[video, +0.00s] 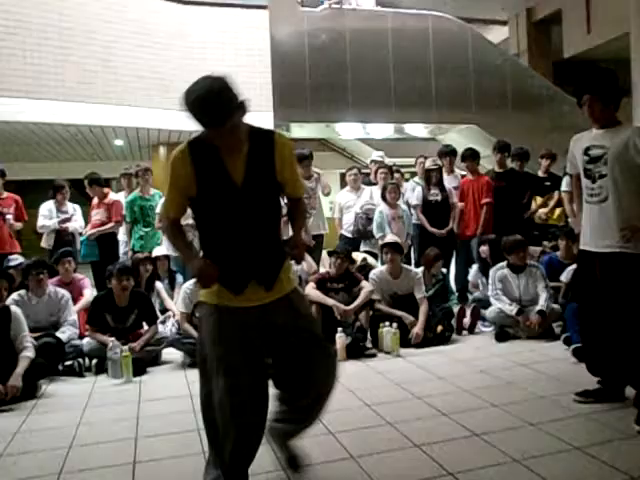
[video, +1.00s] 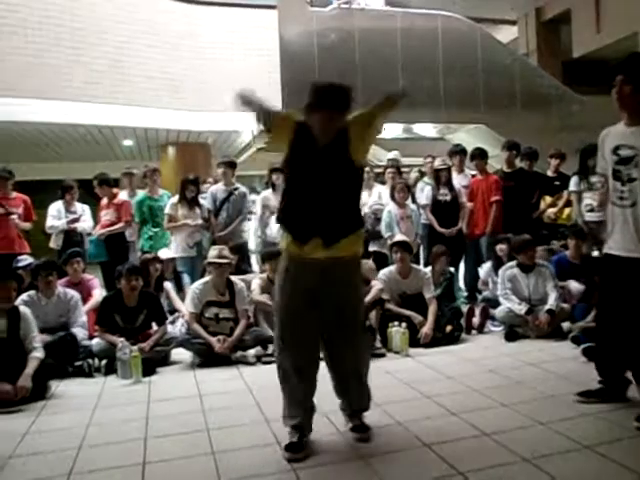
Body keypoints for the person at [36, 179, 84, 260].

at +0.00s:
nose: (65, 196)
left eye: (66, 193)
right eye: (61, 193)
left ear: (69, 194)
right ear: (55, 194)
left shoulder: (75, 208)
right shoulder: (46, 207)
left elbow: (81, 225)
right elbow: (40, 226)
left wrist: (69, 227)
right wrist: (57, 223)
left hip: (71, 240)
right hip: (54, 240)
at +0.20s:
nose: (65, 196)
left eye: (66, 193)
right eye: (61, 193)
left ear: (69, 194)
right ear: (55, 194)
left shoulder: (75, 208)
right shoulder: (46, 207)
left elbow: (81, 226)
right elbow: (40, 226)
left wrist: (69, 227)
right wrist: (57, 223)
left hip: (71, 240)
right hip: (54, 240)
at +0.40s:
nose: (64, 196)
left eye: (66, 193)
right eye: (61, 193)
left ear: (68, 194)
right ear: (54, 194)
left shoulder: (74, 208)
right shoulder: (45, 207)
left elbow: (80, 225)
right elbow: (40, 226)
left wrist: (68, 227)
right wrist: (57, 223)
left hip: (70, 240)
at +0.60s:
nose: (63, 196)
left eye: (65, 193)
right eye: (60, 193)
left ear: (68, 194)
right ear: (54, 194)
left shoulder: (74, 208)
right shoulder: (44, 207)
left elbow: (79, 226)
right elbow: (39, 226)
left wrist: (67, 227)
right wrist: (56, 223)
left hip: (69, 240)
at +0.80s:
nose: (63, 196)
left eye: (64, 193)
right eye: (60, 194)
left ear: (67, 194)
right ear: (54, 194)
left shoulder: (73, 208)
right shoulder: (44, 206)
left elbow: (79, 225)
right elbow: (39, 226)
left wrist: (66, 227)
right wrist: (56, 223)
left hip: (69, 238)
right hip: (53, 238)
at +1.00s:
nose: (73, 196)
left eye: (75, 193)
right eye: (70, 194)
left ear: (78, 194)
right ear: (64, 195)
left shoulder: (84, 208)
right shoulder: (55, 207)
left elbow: (89, 226)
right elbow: (49, 226)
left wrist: (76, 227)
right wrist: (66, 223)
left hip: (79, 239)